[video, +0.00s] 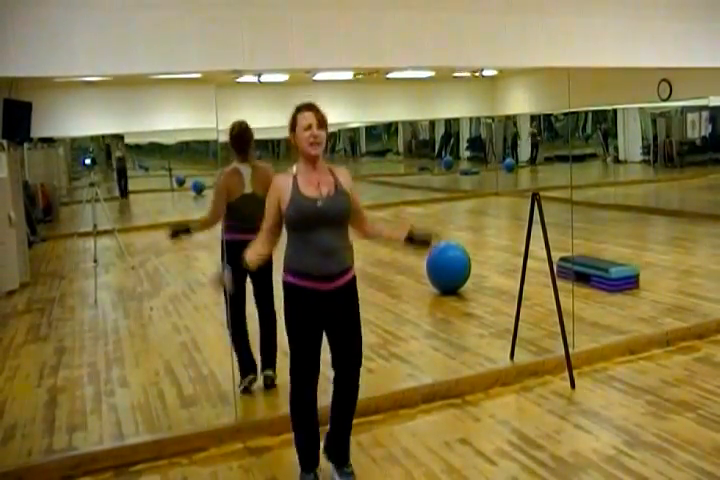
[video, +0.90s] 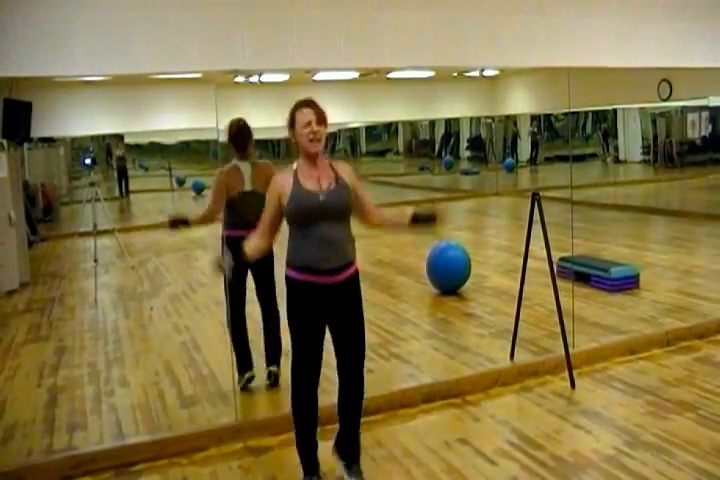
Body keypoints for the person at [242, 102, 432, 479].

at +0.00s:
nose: (315, 134)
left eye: (319, 127)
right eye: (307, 129)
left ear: (327, 133)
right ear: (293, 136)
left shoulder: (341, 176)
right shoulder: (282, 183)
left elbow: (363, 226)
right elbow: (266, 235)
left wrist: (403, 235)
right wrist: (251, 258)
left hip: (342, 286)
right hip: (300, 288)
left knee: (349, 370)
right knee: (304, 375)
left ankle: (338, 453)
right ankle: (307, 465)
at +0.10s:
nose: (315, 125)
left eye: (320, 119)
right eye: (307, 120)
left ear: (328, 125)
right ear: (293, 128)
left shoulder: (343, 165)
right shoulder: (280, 171)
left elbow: (387, 186)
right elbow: (240, 211)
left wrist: (407, 169)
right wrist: (215, 188)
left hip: (342, 275)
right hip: (299, 278)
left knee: (361, 360)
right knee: (295, 369)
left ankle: (360, 442)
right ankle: (288, 459)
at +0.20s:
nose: (314, 142)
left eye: (319, 135)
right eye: (306, 136)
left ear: (328, 139)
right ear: (293, 144)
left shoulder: (343, 173)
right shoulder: (281, 182)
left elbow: (390, 150)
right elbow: (228, 178)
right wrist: (232, 124)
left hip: (344, 290)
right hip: (300, 293)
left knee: (375, 373)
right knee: (284, 386)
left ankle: (389, 445)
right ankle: (266, 472)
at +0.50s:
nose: (315, 136)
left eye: (320, 129)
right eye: (307, 131)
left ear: (328, 136)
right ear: (294, 139)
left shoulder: (344, 168)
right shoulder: (282, 175)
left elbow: (391, 149)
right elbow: (229, 174)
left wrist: (420, 113)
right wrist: (214, 132)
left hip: (347, 287)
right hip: (303, 291)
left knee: (372, 374)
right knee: (289, 386)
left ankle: (395, 451)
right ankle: (269, 473)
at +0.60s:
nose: (314, 130)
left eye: (318, 123)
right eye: (305, 126)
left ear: (327, 128)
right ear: (293, 135)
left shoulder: (344, 168)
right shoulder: (281, 178)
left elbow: (380, 195)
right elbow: (237, 221)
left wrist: (428, 194)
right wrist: (206, 209)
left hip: (345, 280)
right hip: (303, 284)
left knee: (361, 364)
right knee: (304, 374)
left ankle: (361, 451)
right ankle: (298, 468)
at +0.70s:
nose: (317, 147)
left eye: (320, 140)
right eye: (308, 142)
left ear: (328, 146)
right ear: (295, 151)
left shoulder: (343, 190)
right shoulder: (284, 198)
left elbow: (361, 244)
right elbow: (272, 255)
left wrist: (391, 276)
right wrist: (252, 293)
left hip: (345, 300)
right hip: (305, 303)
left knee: (353, 384)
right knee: (317, 386)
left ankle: (340, 458)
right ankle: (316, 466)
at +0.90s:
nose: (314, 131)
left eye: (318, 124)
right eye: (306, 126)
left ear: (326, 128)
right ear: (293, 134)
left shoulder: (342, 171)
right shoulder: (283, 181)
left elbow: (371, 216)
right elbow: (264, 234)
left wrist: (413, 215)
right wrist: (247, 249)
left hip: (345, 280)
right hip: (303, 284)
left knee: (352, 369)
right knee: (305, 371)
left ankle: (348, 450)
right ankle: (309, 461)